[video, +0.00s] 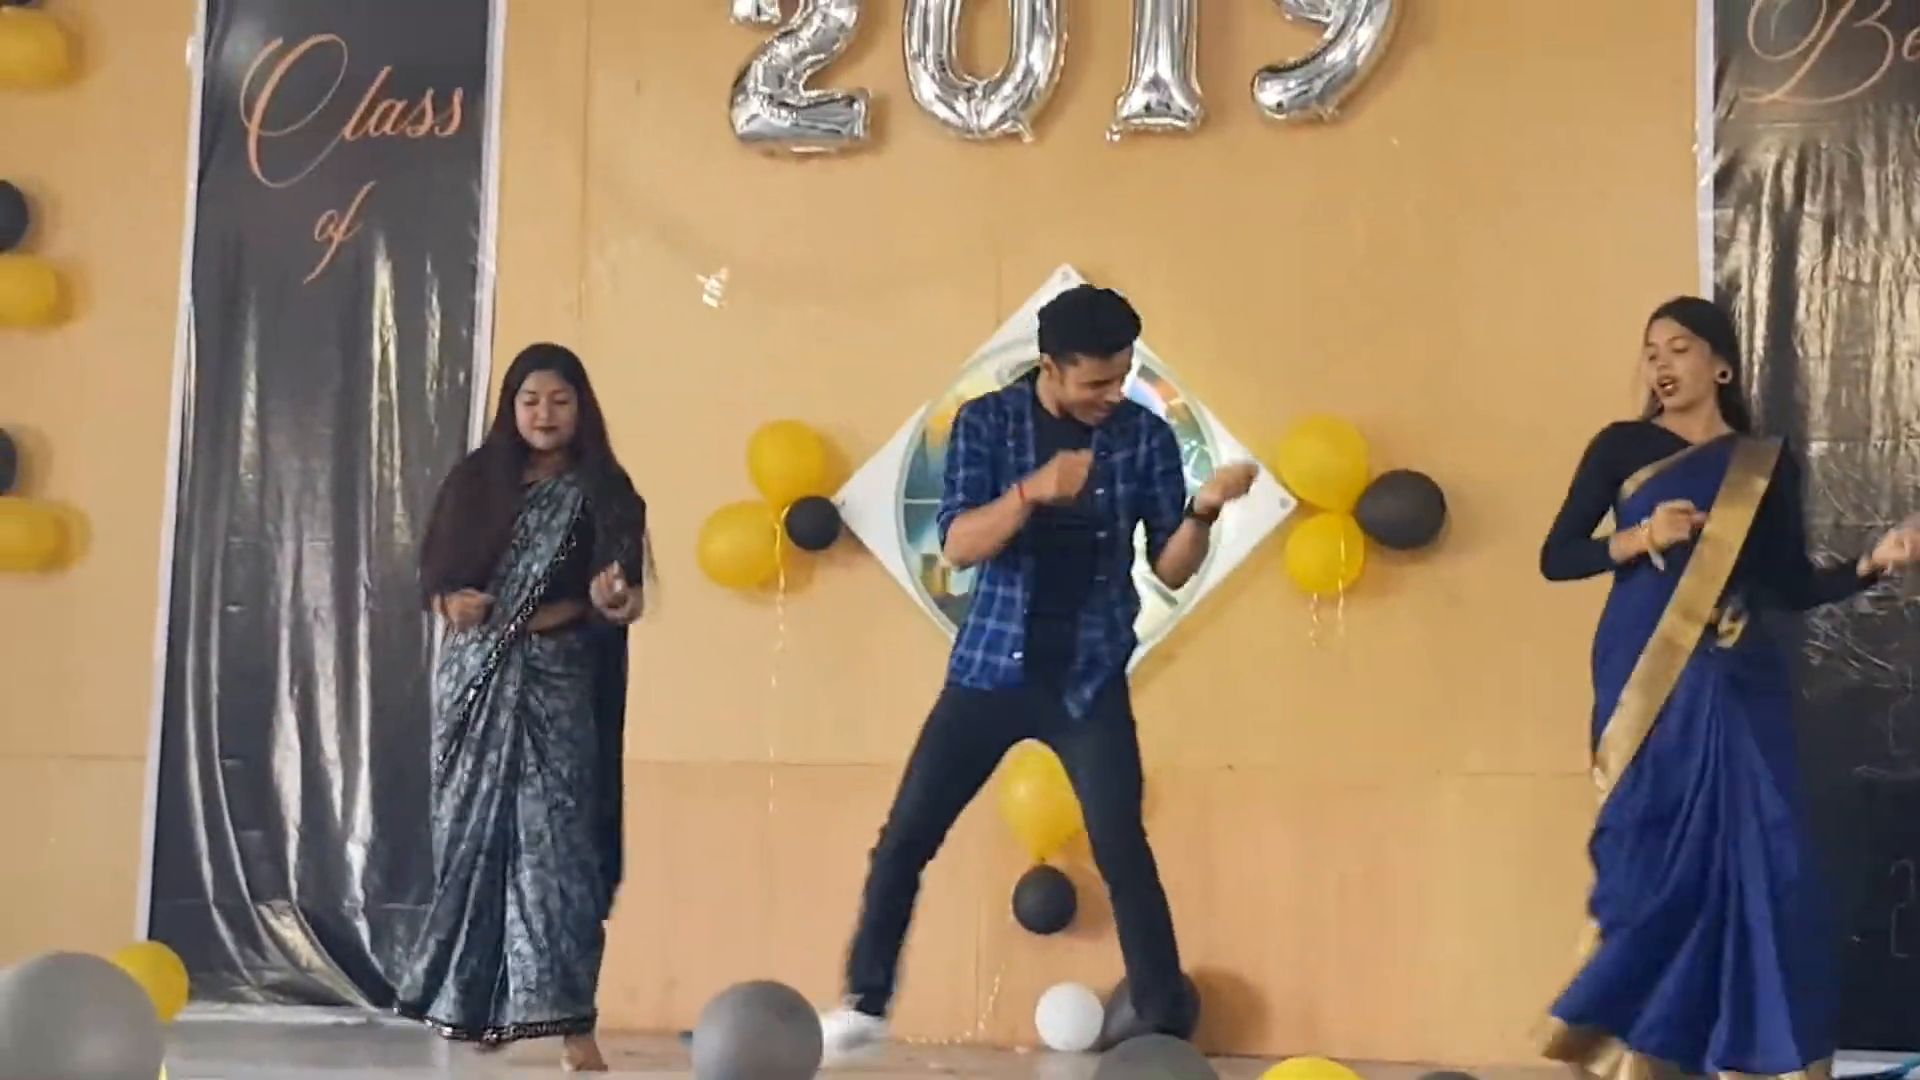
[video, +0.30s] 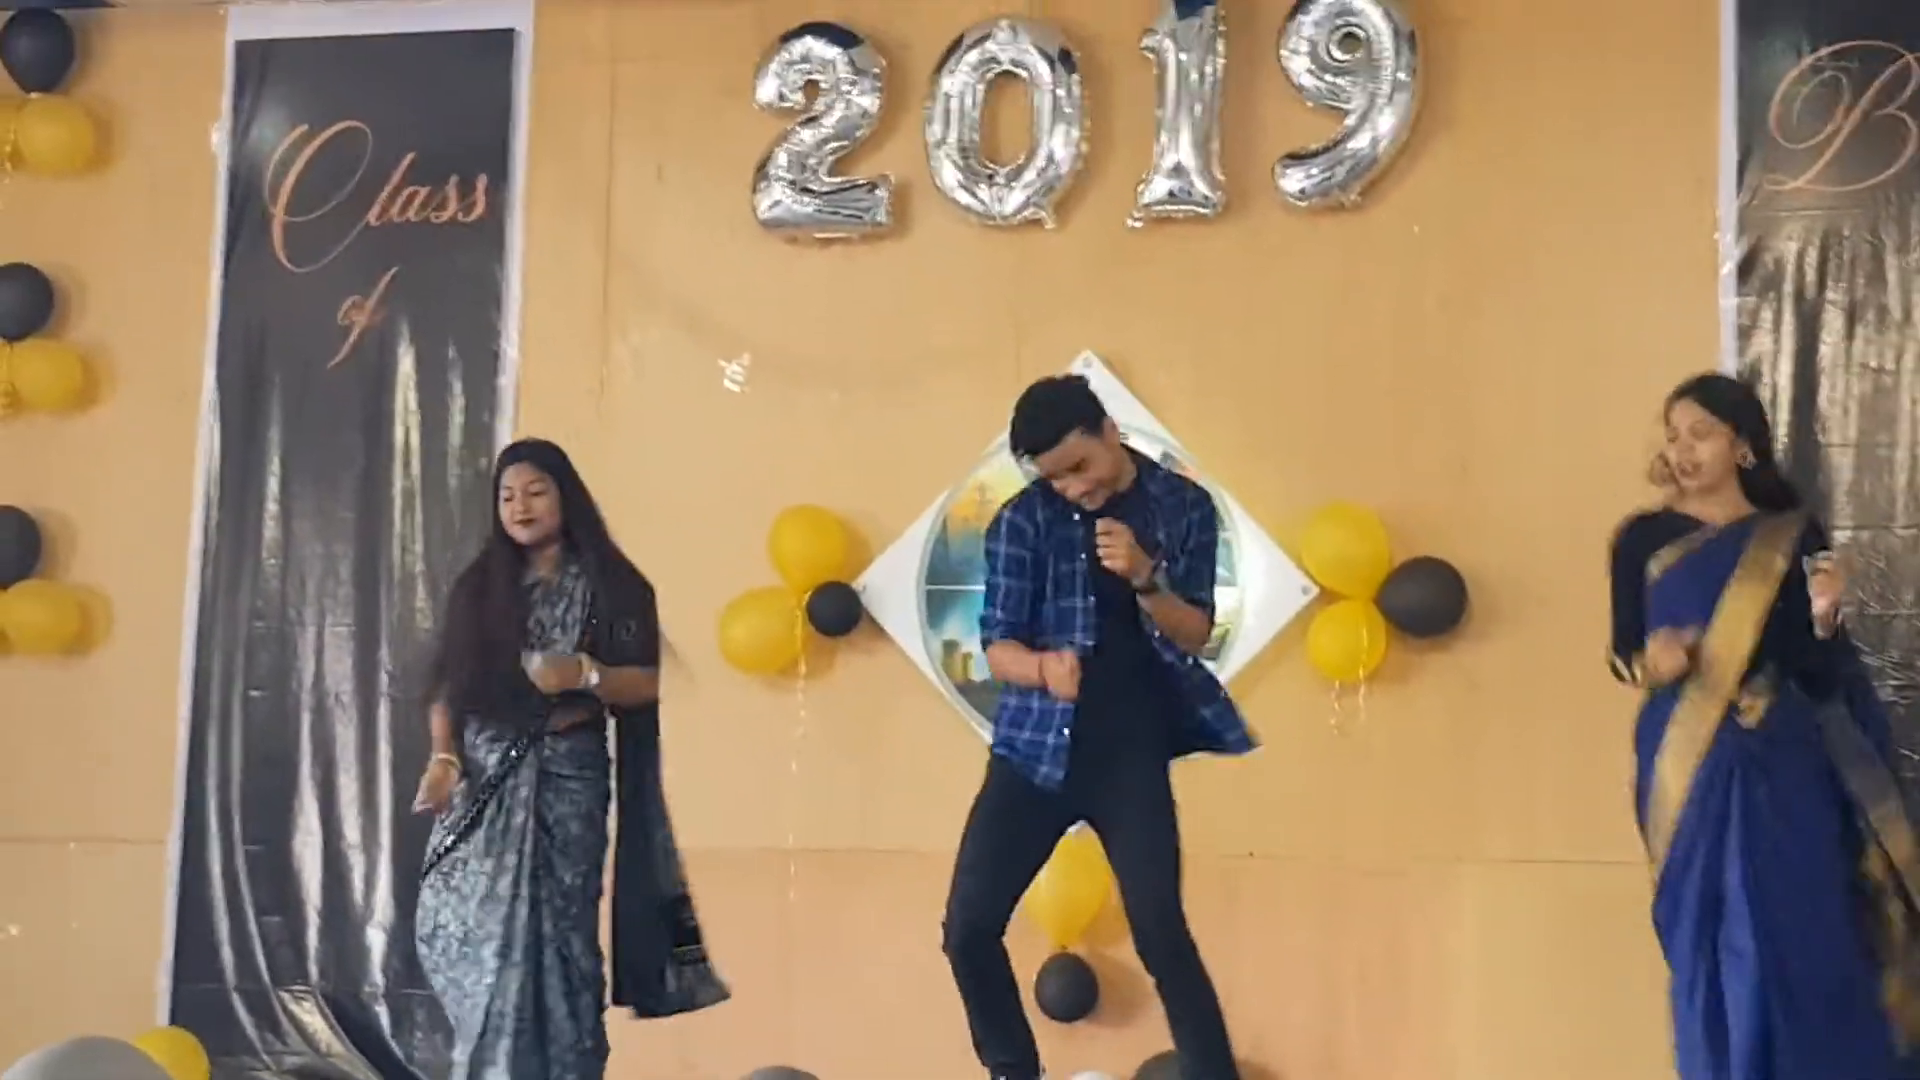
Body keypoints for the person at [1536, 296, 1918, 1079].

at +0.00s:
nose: (1660, 364)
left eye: (1678, 349)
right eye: (1651, 352)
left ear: (1721, 362)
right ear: (1644, 367)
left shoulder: (1767, 462)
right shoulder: (1618, 446)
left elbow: (1786, 586)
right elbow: (1558, 557)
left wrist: (1866, 566)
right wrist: (1638, 537)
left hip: (1741, 669)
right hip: (1641, 670)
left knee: (1760, 844)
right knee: (1659, 851)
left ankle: (1760, 1047)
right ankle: (1650, 1041)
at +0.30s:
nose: (1682, 451)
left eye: (1699, 436)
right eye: (1674, 437)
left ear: (1741, 445)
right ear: (1664, 446)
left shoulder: (1790, 532)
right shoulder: (1642, 537)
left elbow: (1819, 681)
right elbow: (1622, 658)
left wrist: (1825, 620)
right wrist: (1650, 665)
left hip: (1780, 755)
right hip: (1688, 762)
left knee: (1793, 943)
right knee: (1706, 944)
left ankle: (1803, 1066)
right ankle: (1720, 1067)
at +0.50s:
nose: (1616, 465)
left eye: (1632, 447)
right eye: (1606, 454)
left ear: (1675, 453)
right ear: (1601, 468)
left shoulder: (1740, 523)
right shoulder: (1598, 559)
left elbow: (1805, 618)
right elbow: (1584, 690)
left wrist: (1708, 595)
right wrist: (1563, 656)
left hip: (1743, 760)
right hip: (1644, 770)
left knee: (1751, 936)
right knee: (1626, 931)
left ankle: (1758, 1065)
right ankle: (1641, 1065)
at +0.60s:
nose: (1572, 463)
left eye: (1589, 447)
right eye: (1565, 453)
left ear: (1634, 456)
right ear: (1563, 467)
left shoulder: (1691, 510)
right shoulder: (1561, 571)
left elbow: (1762, 620)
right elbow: (1558, 707)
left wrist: (1662, 646)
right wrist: (1504, 646)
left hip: (1697, 764)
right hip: (1606, 776)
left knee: (1698, 945)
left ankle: (1707, 1068)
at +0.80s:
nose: (1492, 455)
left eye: (1510, 442)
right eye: (1488, 442)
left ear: (1555, 460)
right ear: (1481, 457)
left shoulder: (1603, 551)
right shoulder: (1458, 553)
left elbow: (1665, 675)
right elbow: (1436, 680)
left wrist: (1608, 710)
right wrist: (1396, 644)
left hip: (1586, 787)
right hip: (1488, 790)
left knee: (1615, 964)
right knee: (1459, 952)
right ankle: (1457, 1068)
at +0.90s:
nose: (1466, 404)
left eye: (1483, 392)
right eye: (1465, 390)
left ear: (1527, 409)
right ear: (1463, 402)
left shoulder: (1571, 497)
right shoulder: (1424, 498)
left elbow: (1628, 620)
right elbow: (1389, 598)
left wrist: (1574, 633)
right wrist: (1357, 610)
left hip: (1547, 726)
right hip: (1455, 728)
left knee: (1555, 914)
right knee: (1434, 900)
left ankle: (1624, 1057)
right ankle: (1431, 1065)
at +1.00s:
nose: (1453, 316)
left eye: (1468, 302)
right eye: (1449, 302)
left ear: (1508, 314)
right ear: (1441, 314)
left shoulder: (1552, 398)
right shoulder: (1416, 404)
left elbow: (1599, 524)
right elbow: (1395, 509)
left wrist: (1542, 545)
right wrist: (1361, 551)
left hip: (1524, 623)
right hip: (1443, 624)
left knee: (1505, 805)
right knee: (1408, 786)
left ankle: (1525, 1004)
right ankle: (1388, 1002)